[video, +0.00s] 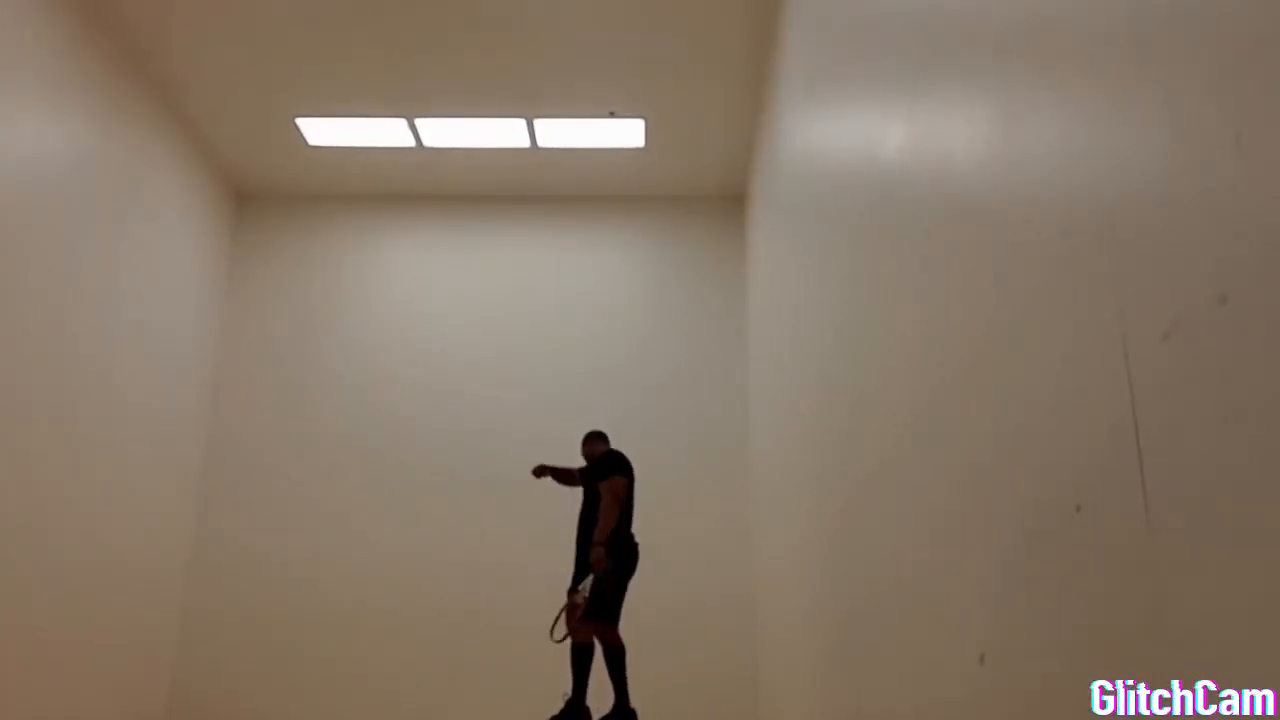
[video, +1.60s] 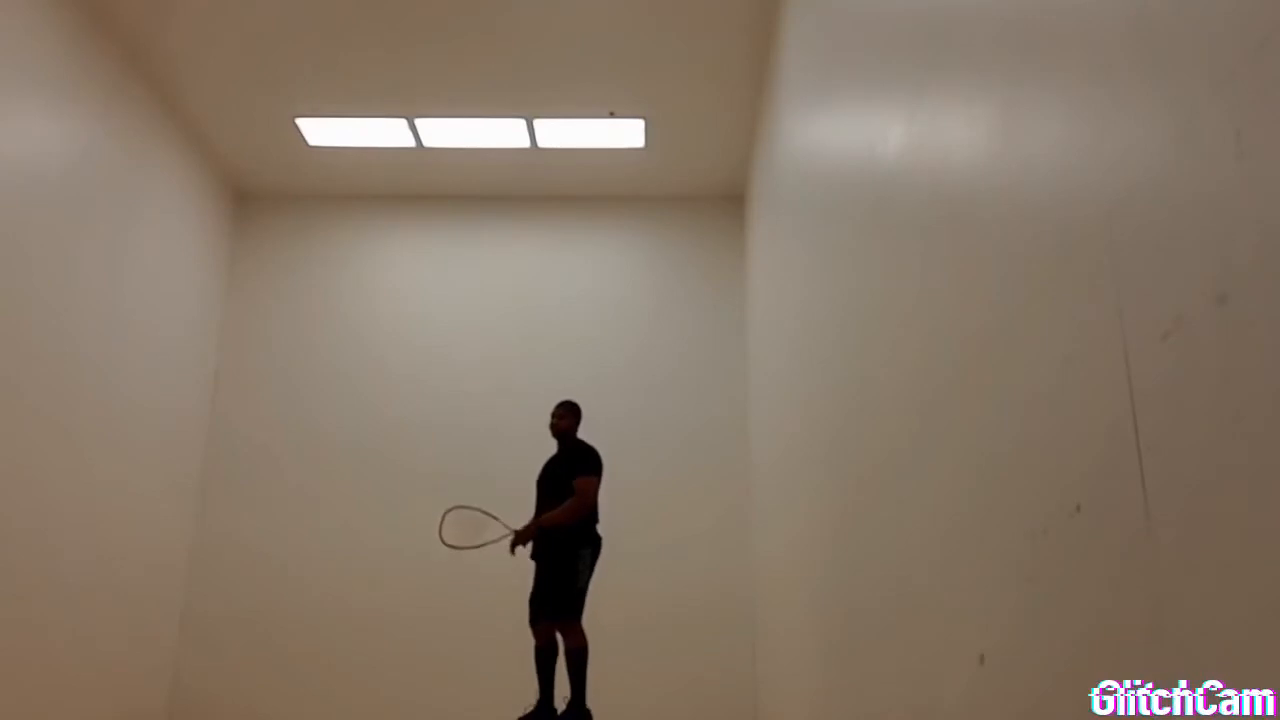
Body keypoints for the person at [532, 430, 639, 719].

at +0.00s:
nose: (585, 456)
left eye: (586, 451)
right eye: (585, 452)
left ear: (593, 446)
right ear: (604, 444)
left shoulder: (612, 462)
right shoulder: (600, 468)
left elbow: (611, 504)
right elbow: (576, 477)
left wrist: (599, 544)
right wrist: (550, 471)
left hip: (609, 556)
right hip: (613, 556)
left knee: (580, 624)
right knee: (606, 628)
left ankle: (577, 704)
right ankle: (622, 705)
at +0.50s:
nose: (564, 446)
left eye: (566, 440)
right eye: (562, 441)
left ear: (581, 436)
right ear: (581, 436)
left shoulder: (596, 458)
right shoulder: (585, 467)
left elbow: (599, 502)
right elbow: (582, 514)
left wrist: (576, 542)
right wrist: (549, 510)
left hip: (602, 551)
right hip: (596, 552)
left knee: (576, 624)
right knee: (602, 625)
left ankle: (577, 705)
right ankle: (623, 705)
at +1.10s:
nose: (556, 425)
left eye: (563, 421)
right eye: (556, 420)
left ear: (577, 424)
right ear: (560, 424)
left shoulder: (583, 455)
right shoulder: (574, 455)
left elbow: (571, 502)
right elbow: (566, 505)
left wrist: (533, 525)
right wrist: (536, 526)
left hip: (581, 551)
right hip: (575, 550)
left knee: (555, 618)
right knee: (562, 620)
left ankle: (593, 692)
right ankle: (585, 695)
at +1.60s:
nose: (555, 422)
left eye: (562, 417)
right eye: (553, 417)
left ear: (576, 423)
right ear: (551, 423)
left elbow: (584, 504)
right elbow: (549, 509)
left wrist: (536, 525)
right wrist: (529, 535)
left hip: (577, 548)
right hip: (551, 550)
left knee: (568, 621)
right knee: (541, 621)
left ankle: (578, 704)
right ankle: (545, 703)